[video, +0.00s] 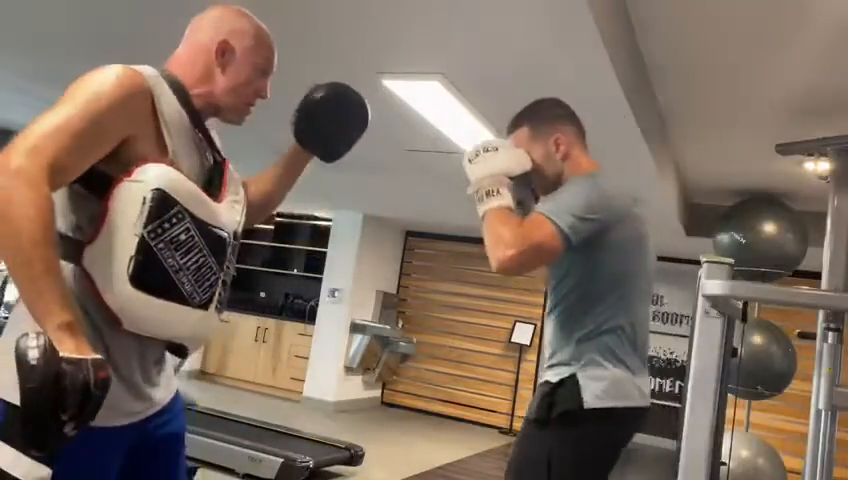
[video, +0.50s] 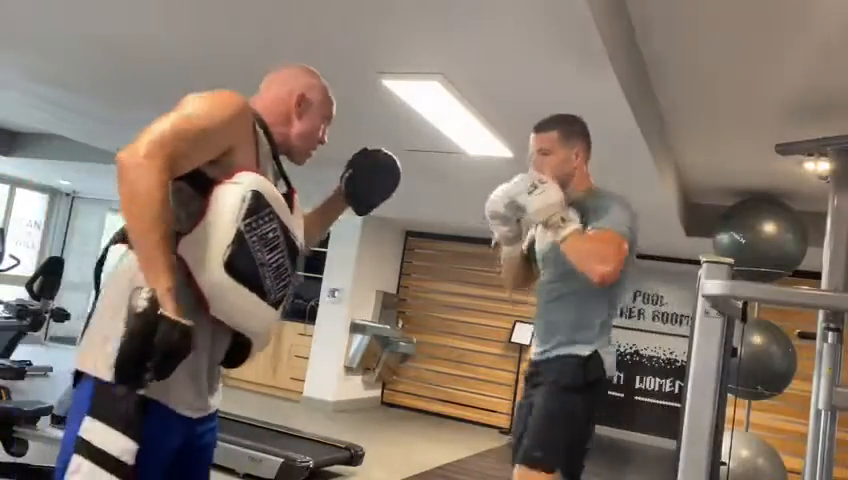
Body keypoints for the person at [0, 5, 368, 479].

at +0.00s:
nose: (265, 92)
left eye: (268, 78)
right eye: (263, 73)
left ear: (223, 54)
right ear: (223, 53)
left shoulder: (201, 143)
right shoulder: (124, 91)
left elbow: (249, 205)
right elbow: (18, 173)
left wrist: (307, 144)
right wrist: (66, 333)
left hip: (158, 398)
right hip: (83, 402)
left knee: (167, 475)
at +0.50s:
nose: (325, 137)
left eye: (329, 126)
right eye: (324, 121)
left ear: (295, 105)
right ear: (298, 103)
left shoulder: (275, 183)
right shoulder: (230, 111)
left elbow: (291, 241)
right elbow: (140, 161)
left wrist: (343, 198)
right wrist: (166, 299)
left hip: (196, 392)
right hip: (137, 378)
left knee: (187, 473)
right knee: (104, 474)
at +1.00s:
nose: (313, 113)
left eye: (317, 99)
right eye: (315, 94)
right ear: (287, 77)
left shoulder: (248, 142)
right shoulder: (218, 103)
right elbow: (172, 206)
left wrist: (297, 221)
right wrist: (247, 341)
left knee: (184, 465)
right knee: (132, 467)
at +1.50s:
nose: (319, 110)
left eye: (325, 100)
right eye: (322, 95)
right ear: (295, 77)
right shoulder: (229, 100)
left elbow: (274, 197)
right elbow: (186, 200)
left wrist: (331, 147)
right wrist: (239, 348)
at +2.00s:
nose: (343, 143)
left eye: (349, 132)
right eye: (345, 126)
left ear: (316, 108)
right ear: (323, 107)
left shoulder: (290, 170)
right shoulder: (265, 112)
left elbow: (298, 242)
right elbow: (209, 166)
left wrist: (353, 195)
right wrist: (277, 285)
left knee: (202, 462)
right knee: (147, 463)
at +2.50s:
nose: (304, 86)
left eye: (312, 74)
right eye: (309, 70)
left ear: (235, 37)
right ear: (283, 51)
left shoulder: (192, 85)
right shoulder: (224, 86)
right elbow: (329, 192)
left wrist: (300, 121)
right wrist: (375, 142)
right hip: (152, 332)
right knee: (132, 462)